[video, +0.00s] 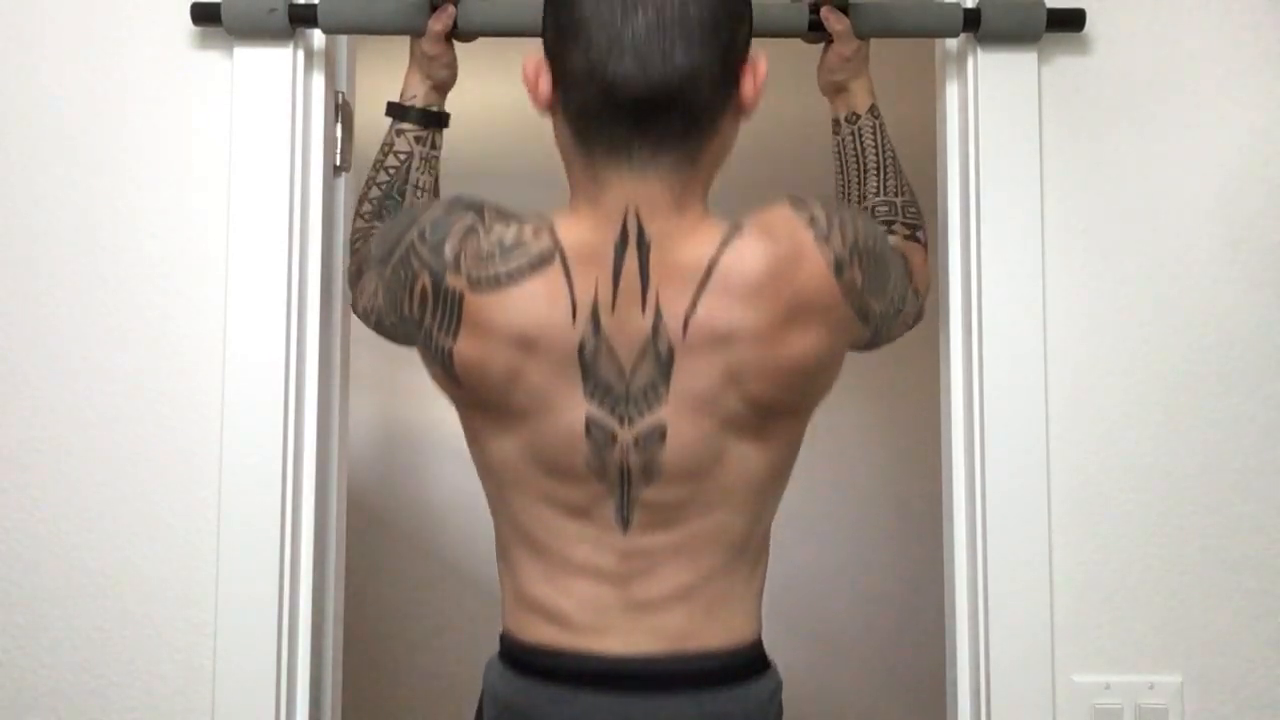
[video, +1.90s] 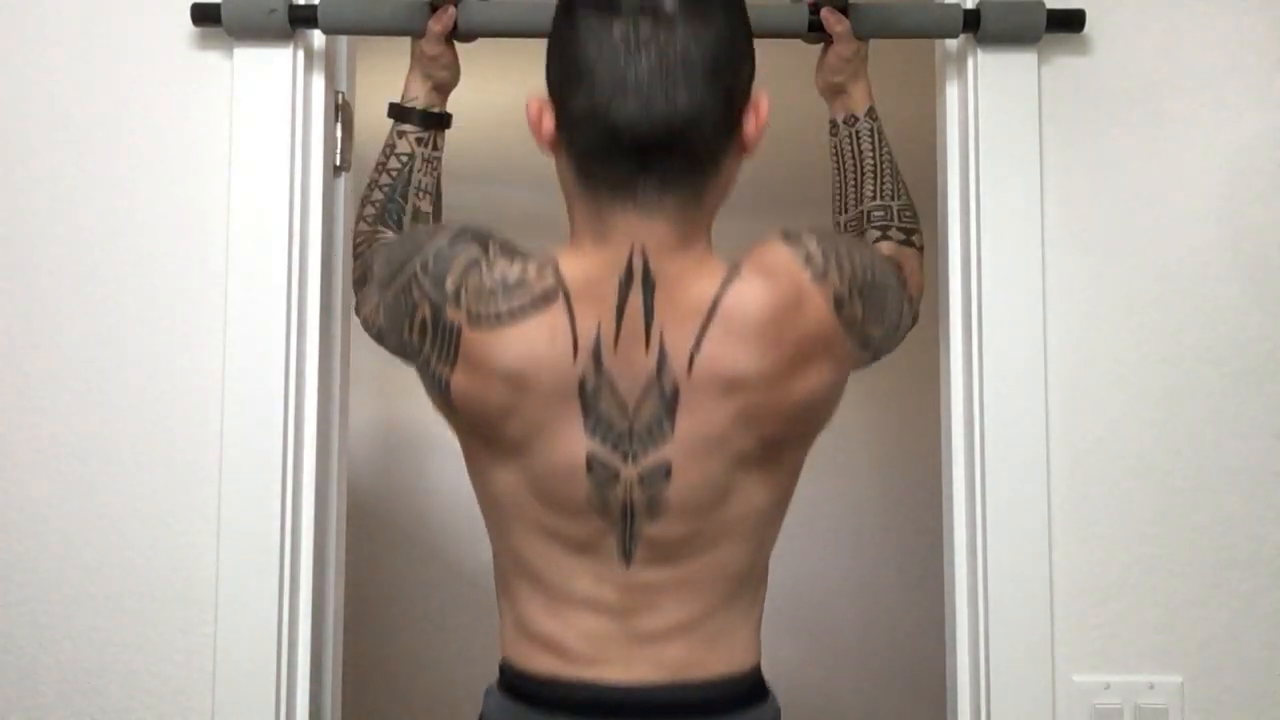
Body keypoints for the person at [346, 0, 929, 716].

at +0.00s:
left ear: (541, 86)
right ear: (749, 88)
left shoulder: (468, 273)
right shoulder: (804, 272)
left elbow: (374, 267)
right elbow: (904, 269)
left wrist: (421, 94)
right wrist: (853, 94)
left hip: (534, 689)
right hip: (724, 691)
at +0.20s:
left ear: (541, 174)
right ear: (751, 177)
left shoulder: (479, 355)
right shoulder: (798, 346)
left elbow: (385, 265)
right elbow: (893, 262)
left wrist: (422, 92)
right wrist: (851, 94)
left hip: (536, 705)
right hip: (719, 705)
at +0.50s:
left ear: (534, 277)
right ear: (743, 279)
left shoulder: (491, 451)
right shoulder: (783, 435)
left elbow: (402, 275)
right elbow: (877, 275)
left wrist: (425, 92)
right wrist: (850, 96)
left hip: (533, 712)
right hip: (726, 712)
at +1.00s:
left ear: (539, 170)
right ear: (753, 171)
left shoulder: (475, 356)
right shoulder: (795, 343)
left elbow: (379, 261)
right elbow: (892, 263)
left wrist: (423, 89)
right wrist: (850, 96)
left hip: (530, 708)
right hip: (711, 707)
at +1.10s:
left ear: (542, 83)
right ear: (754, 85)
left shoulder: (465, 276)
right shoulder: (801, 271)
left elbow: (365, 260)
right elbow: (903, 273)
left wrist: (421, 89)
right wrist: (853, 99)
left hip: (525, 696)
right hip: (715, 697)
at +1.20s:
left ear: (549, 19)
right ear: (749, 18)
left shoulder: (460, 203)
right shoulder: (799, 194)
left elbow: (366, 287)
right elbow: (898, 295)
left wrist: (417, 98)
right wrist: (854, 99)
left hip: (528, 672)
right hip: (719, 675)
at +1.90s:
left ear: (543, 126)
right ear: (752, 127)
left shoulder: (475, 308)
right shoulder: (799, 309)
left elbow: (379, 263)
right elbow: (893, 263)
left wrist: (423, 95)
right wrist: (852, 97)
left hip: (534, 699)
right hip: (725, 700)